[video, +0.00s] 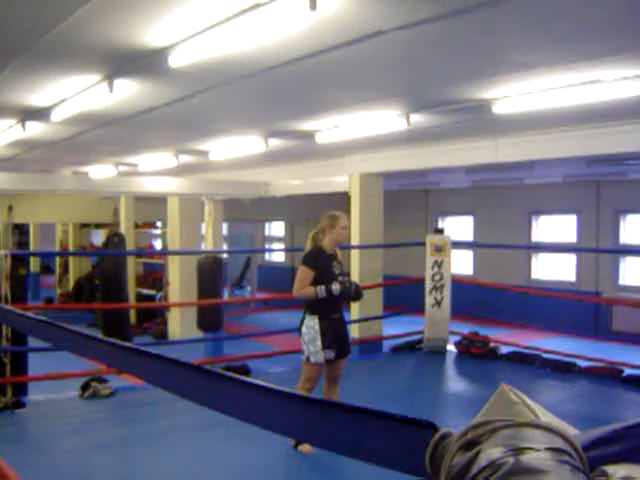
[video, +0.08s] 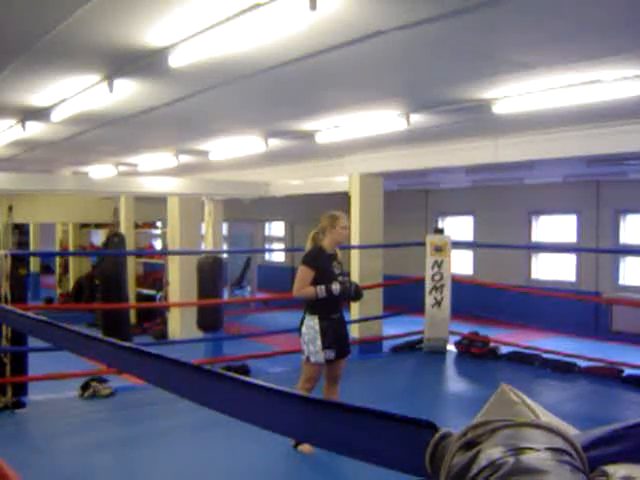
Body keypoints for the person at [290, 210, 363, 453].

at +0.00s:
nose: (346, 234)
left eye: (347, 229)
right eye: (343, 229)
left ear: (338, 231)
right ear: (328, 230)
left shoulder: (336, 258)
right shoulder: (314, 256)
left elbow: (333, 289)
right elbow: (298, 290)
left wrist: (350, 290)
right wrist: (329, 289)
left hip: (336, 318)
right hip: (316, 319)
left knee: (334, 378)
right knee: (309, 380)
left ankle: (330, 428)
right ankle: (299, 431)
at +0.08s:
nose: (347, 233)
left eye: (347, 229)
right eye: (343, 229)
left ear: (338, 230)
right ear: (329, 229)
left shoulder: (336, 258)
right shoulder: (314, 256)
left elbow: (333, 288)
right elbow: (298, 290)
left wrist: (350, 290)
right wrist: (329, 289)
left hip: (336, 318)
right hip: (316, 319)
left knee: (334, 378)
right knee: (309, 380)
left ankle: (330, 429)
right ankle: (299, 431)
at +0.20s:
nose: (347, 233)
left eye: (347, 229)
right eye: (343, 229)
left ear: (338, 231)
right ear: (329, 229)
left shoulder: (336, 258)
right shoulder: (314, 256)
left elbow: (333, 288)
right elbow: (298, 290)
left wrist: (350, 290)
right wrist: (329, 289)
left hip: (335, 318)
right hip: (316, 318)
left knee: (334, 377)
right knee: (309, 378)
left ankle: (330, 428)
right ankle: (299, 431)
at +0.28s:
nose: (346, 233)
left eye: (347, 229)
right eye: (343, 229)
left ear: (339, 231)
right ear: (329, 229)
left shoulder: (336, 258)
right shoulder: (314, 256)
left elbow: (333, 288)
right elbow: (298, 290)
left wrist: (350, 290)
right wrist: (329, 289)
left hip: (336, 317)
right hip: (316, 318)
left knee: (334, 378)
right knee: (309, 379)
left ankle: (329, 429)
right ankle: (299, 431)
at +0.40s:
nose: (348, 233)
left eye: (348, 229)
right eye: (344, 229)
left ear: (337, 231)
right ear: (330, 230)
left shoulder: (336, 258)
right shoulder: (315, 255)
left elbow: (333, 288)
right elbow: (299, 290)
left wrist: (350, 290)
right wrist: (330, 289)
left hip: (336, 317)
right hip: (316, 318)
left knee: (334, 378)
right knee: (309, 379)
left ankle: (330, 429)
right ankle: (298, 431)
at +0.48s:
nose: (349, 233)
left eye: (349, 228)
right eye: (346, 228)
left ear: (338, 230)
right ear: (332, 229)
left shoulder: (337, 257)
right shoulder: (316, 255)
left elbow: (334, 288)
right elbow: (299, 289)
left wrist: (351, 290)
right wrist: (331, 288)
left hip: (337, 317)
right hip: (317, 317)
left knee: (335, 378)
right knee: (310, 379)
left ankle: (330, 428)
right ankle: (299, 431)